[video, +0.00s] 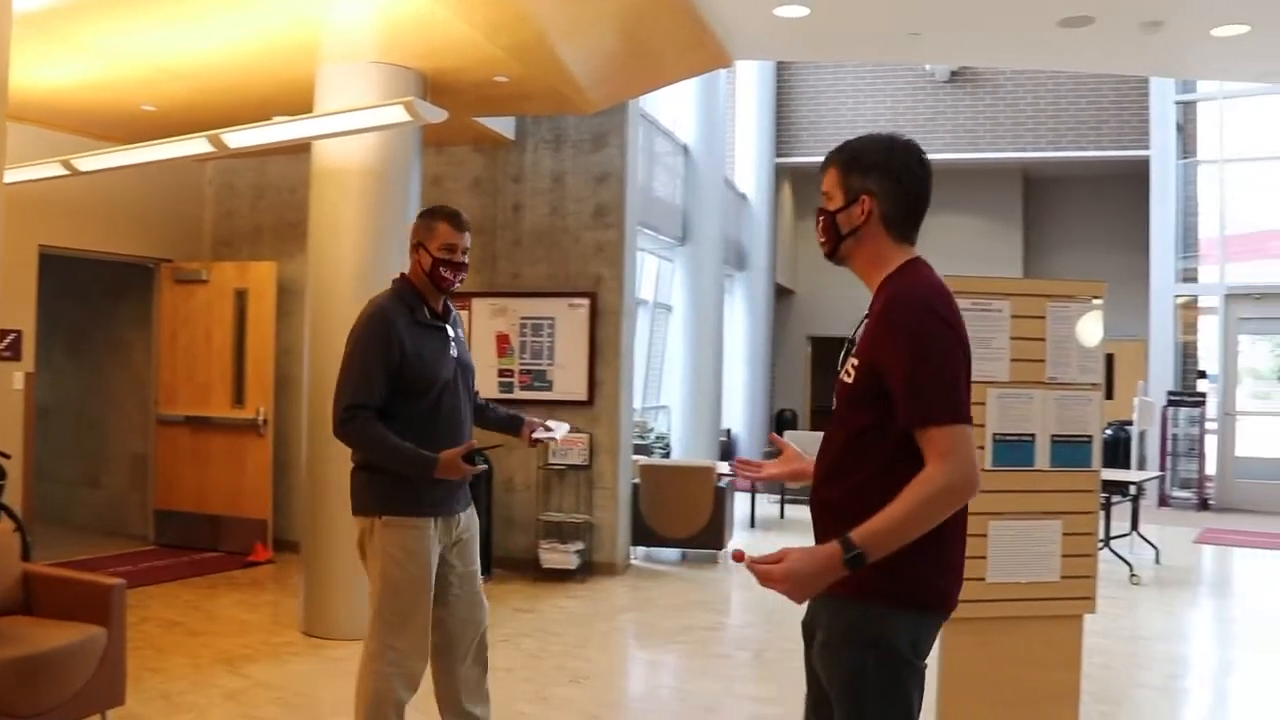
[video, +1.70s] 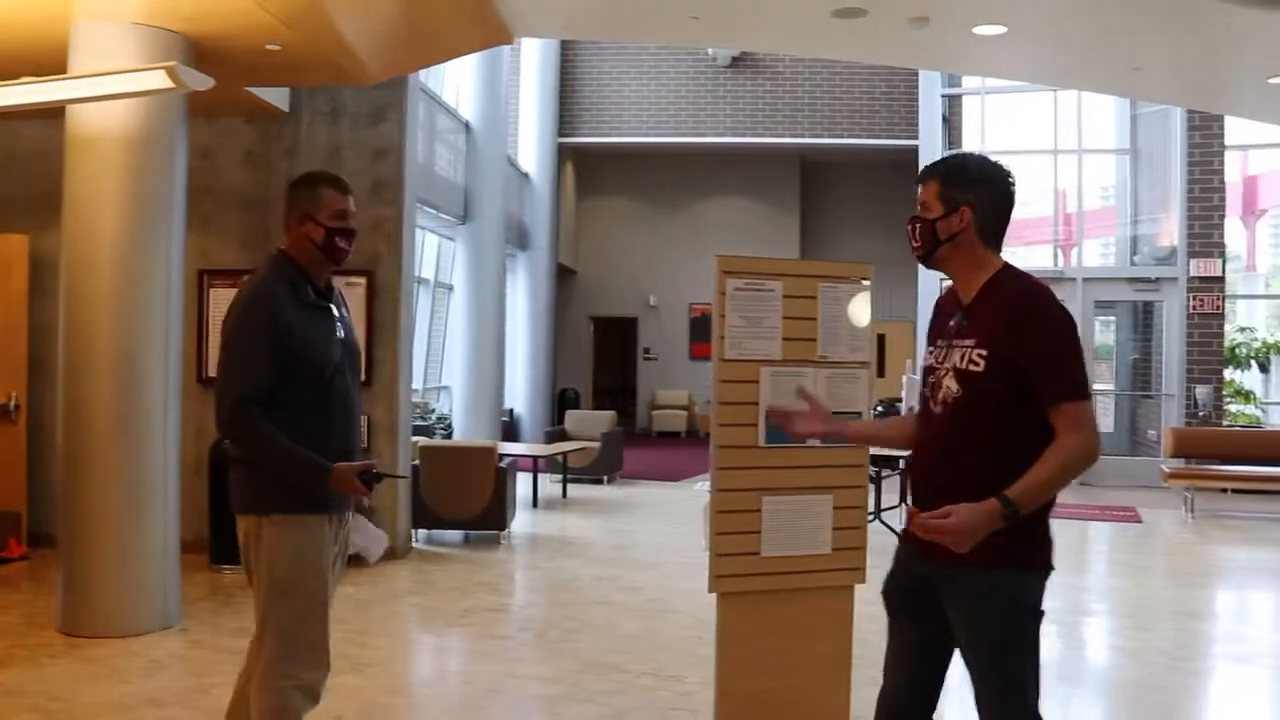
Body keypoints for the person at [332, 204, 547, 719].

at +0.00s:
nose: (458, 265)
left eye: (464, 256)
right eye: (448, 254)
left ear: (466, 259)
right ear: (416, 251)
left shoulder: (448, 320)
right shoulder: (382, 317)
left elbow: (462, 404)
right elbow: (350, 420)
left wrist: (520, 424)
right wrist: (431, 463)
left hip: (456, 508)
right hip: (399, 515)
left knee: (464, 641)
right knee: (397, 653)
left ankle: (469, 717)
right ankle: (378, 718)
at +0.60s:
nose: (436, 256)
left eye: (442, 249)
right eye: (426, 246)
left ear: (444, 256)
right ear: (395, 247)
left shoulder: (426, 321)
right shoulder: (357, 310)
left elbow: (443, 413)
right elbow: (326, 402)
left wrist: (512, 440)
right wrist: (404, 439)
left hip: (426, 501)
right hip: (375, 500)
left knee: (406, 634)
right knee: (374, 633)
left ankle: (383, 713)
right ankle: (326, 717)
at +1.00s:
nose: (406, 256)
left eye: (412, 249)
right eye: (398, 245)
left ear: (412, 253)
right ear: (366, 240)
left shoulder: (386, 316)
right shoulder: (320, 301)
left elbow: (395, 414)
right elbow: (279, 393)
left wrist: (446, 469)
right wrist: (357, 445)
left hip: (371, 495)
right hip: (324, 494)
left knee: (330, 632)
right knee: (342, 638)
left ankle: (318, 714)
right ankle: (348, 716)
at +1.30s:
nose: (377, 249)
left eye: (381, 241)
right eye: (366, 238)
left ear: (381, 246)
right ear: (331, 238)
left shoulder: (353, 311)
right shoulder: (295, 303)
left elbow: (362, 414)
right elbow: (266, 408)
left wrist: (378, 502)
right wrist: (347, 463)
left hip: (337, 499)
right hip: (302, 501)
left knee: (290, 636)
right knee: (320, 650)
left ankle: (275, 716)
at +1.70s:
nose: (347, 238)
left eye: (351, 228)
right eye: (336, 225)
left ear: (352, 229)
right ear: (298, 224)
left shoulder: (324, 295)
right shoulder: (264, 297)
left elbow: (325, 399)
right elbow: (236, 417)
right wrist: (327, 474)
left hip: (319, 506)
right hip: (283, 508)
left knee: (279, 661)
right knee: (295, 672)